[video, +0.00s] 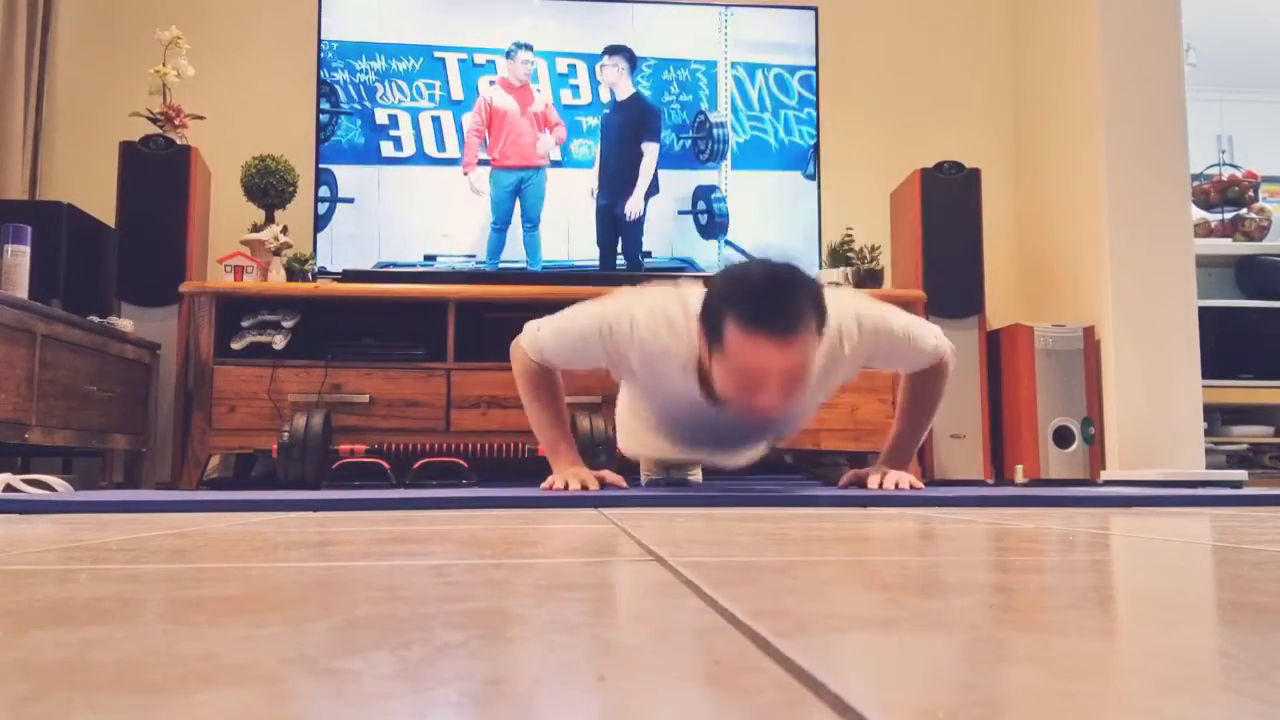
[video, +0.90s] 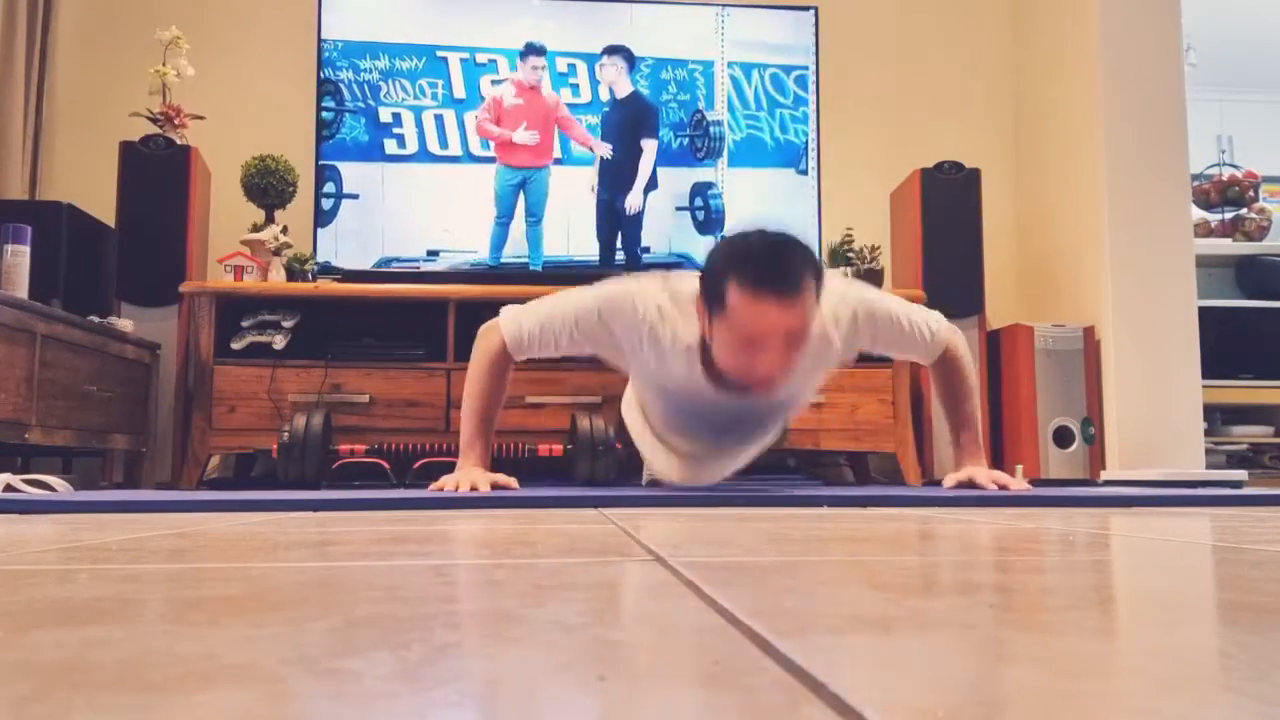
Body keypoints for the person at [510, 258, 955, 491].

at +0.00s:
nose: (768, 401)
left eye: (787, 383)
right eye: (749, 382)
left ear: (815, 349)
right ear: (707, 348)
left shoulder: (845, 324)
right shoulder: (640, 325)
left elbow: (935, 353)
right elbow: (528, 350)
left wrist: (894, 463)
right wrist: (565, 462)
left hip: (756, 456)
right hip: (655, 456)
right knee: (664, 574)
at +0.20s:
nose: (769, 342)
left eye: (790, 323)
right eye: (752, 320)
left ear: (812, 303)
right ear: (709, 294)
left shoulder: (845, 301)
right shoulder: (636, 294)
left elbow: (927, 360)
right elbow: (529, 352)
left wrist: (895, 460)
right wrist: (567, 463)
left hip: (755, 447)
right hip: (639, 448)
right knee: (634, 578)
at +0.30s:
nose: (760, 204)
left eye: (780, 183)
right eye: (744, 180)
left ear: (798, 176)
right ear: (702, 162)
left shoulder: (834, 225)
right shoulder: (634, 215)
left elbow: (898, 340)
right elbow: (557, 336)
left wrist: (888, 458)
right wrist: (571, 464)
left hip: (748, 379)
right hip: (650, 373)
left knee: (703, 425)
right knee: (653, 427)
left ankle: (683, 443)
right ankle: (661, 444)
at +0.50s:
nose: (759, 118)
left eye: (778, 95)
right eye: (740, 91)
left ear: (797, 86)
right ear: (701, 74)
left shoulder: (822, 160)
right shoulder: (637, 142)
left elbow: (901, 296)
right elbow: (552, 271)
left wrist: (959, 429)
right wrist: (497, 406)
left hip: (750, 343)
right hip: (655, 335)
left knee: (705, 410)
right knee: (656, 411)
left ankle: (684, 440)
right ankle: (659, 446)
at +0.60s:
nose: (763, 270)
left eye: (782, 250)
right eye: (747, 247)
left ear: (808, 236)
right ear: (711, 231)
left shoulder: (842, 259)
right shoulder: (633, 254)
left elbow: (948, 341)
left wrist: (967, 459)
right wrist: (471, 460)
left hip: (747, 401)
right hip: (650, 392)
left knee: (711, 427)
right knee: (654, 423)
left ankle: (690, 446)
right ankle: (662, 447)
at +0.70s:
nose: (782, 413)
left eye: (799, 396)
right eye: (763, 396)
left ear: (825, 361)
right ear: (713, 359)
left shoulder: (846, 340)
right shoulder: (639, 337)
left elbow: (953, 344)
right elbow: (497, 335)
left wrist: (972, 460)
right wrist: (469, 460)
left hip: (760, 477)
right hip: (643, 473)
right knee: (630, 584)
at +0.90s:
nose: (766, 365)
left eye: (786, 344)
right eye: (748, 343)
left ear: (814, 319)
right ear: (705, 316)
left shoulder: (841, 314)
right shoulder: (639, 310)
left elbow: (945, 341)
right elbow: (498, 335)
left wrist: (972, 459)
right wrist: (471, 461)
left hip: (746, 470)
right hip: (640, 464)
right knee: (626, 578)